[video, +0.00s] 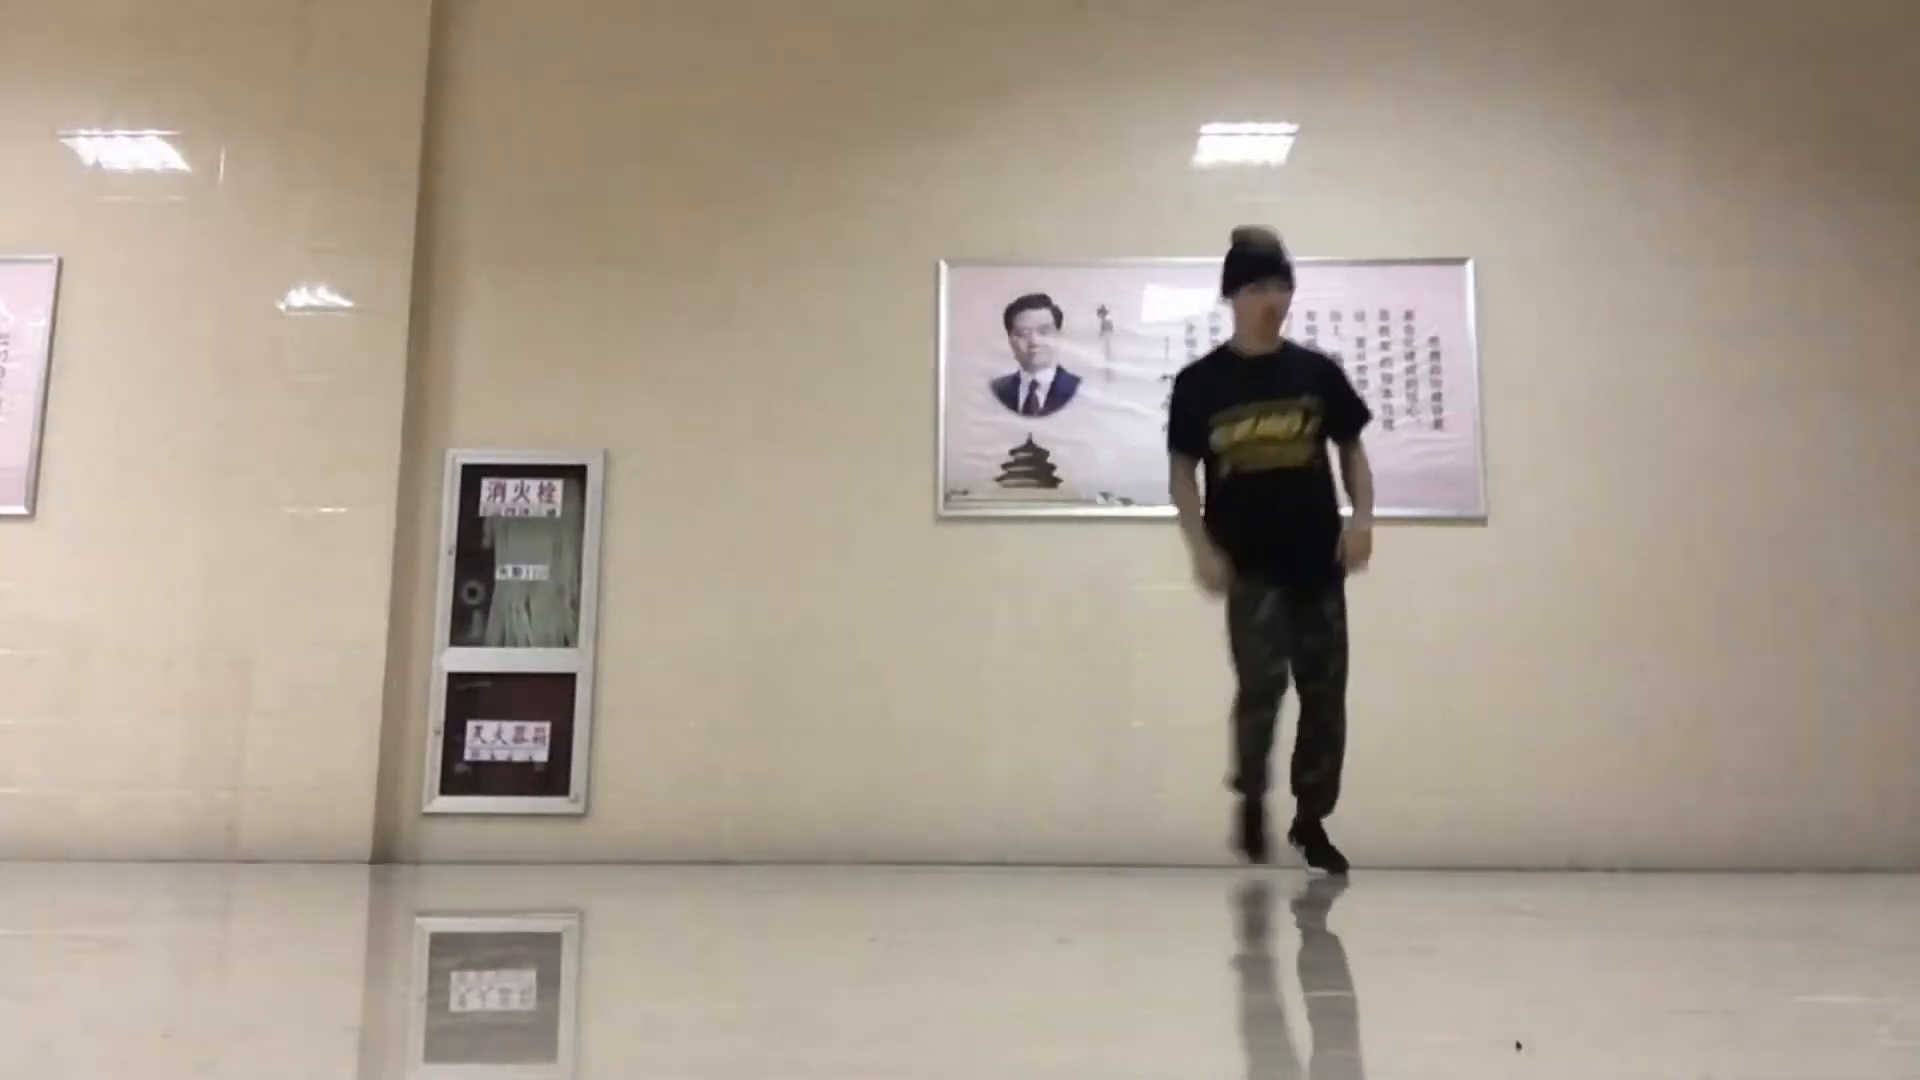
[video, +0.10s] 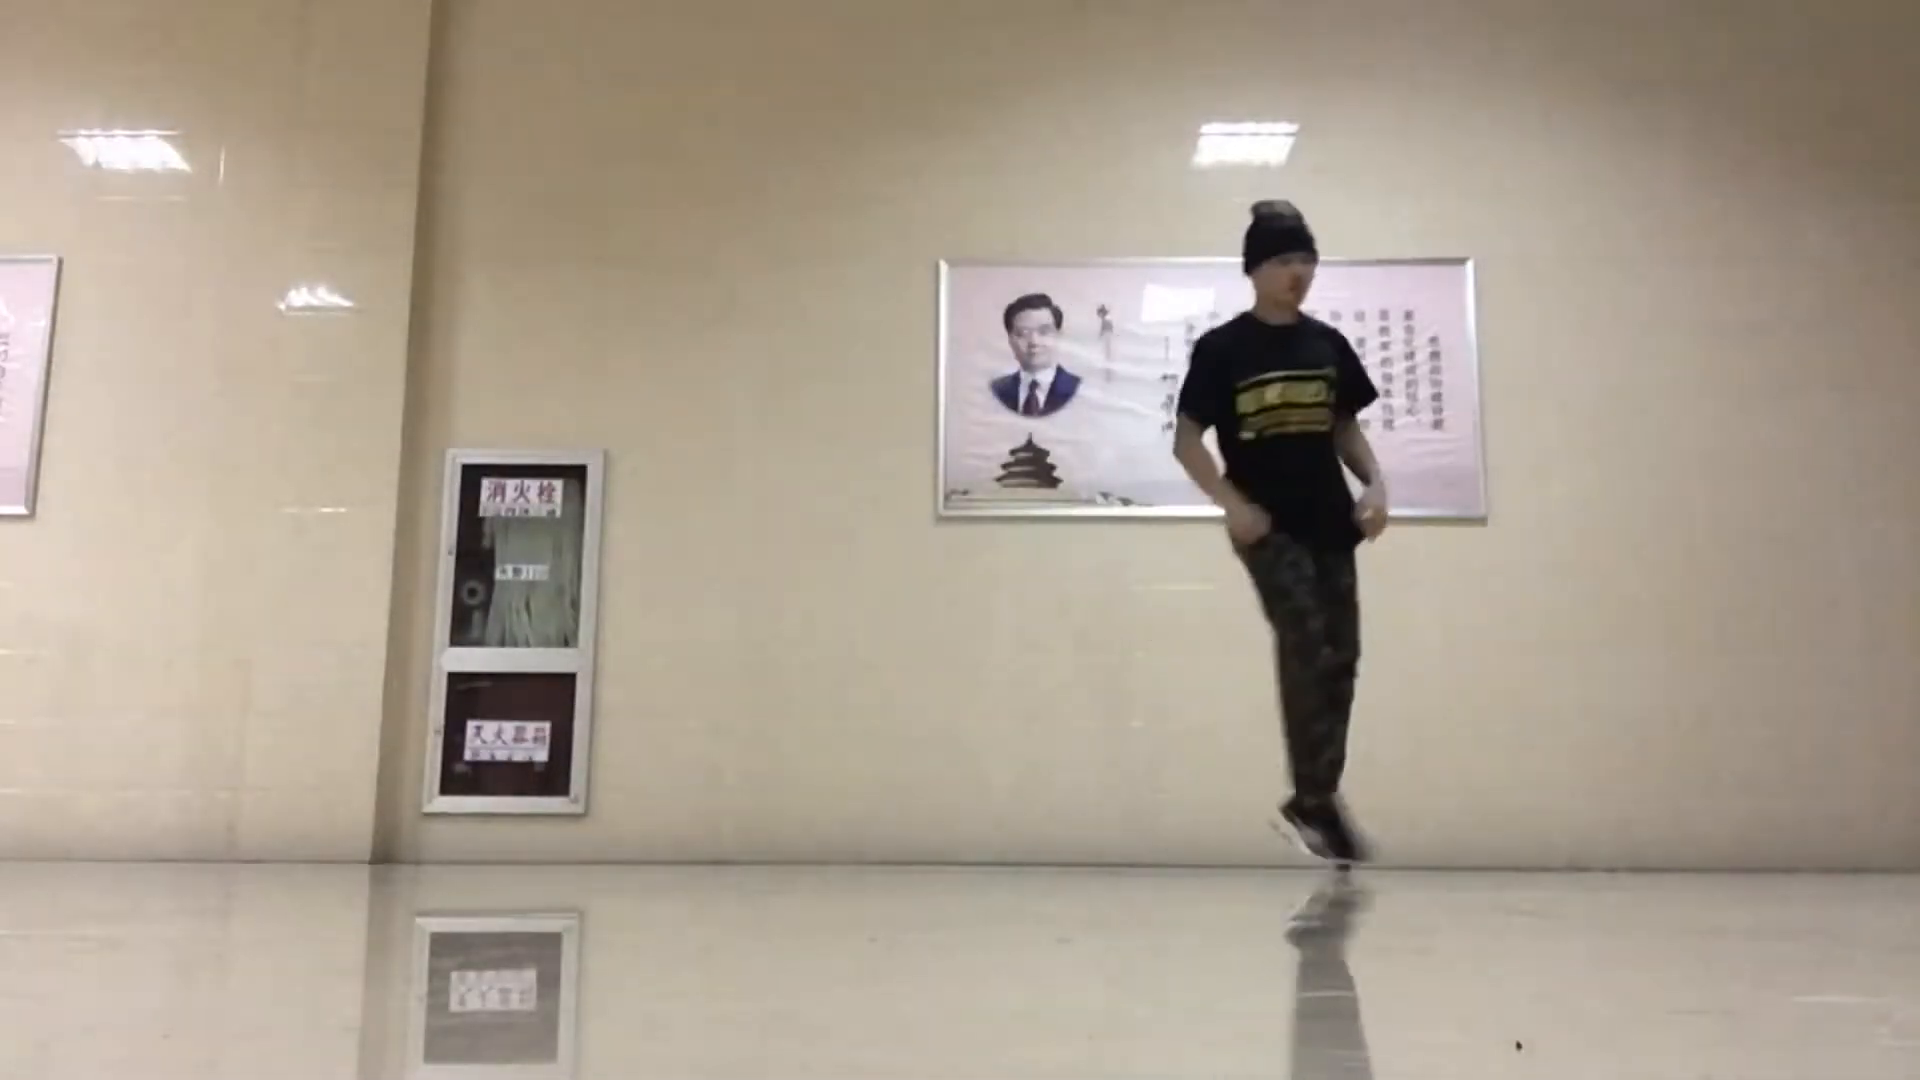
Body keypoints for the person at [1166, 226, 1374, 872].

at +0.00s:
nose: (1274, 304)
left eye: (1282, 292)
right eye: (1260, 292)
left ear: (1292, 296)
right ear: (1232, 297)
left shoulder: (1318, 371)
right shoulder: (1197, 384)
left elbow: (1352, 448)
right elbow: (1181, 473)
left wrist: (1360, 519)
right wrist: (1201, 547)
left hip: (1317, 558)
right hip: (1248, 564)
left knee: (1325, 696)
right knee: (1260, 691)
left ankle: (1310, 819)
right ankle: (1251, 804)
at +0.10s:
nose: (1301, 274)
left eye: (1307, 263)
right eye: (1287, 263)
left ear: (1314, 269)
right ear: (1254, 268)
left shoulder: (1327, 343)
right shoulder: (1219, 349)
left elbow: (1344, 427)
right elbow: (1187, 441)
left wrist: (1375, 484)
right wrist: (1233, 504)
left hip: (1332, 521)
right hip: (1268, 524)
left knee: (1340, 657)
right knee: (1307, 646)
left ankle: (1319, 798)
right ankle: (1312, 798)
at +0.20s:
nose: (1319, 287)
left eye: (1327, 276)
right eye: (1307, 275)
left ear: (1332, 281)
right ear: (1273, 278)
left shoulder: (1336, 363)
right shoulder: (1242, 355)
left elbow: (1341, 446)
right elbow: (1206, 444)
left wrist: (1391, 485)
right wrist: (1262, 501)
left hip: (1348, 526)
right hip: (1294, 529)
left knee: (1365, 669)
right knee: (1346, 665)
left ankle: (1287, 789)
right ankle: (1375, 810)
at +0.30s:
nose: (1336, 317)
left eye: (1342, 307)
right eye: (1323, 304)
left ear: (1344, 314)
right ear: (1288, 309)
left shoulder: (1326, 390)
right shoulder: (1268, 385)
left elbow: (1347, 496)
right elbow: (1242, 474)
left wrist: (1418, 514)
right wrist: (1310, 534)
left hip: (1360, 567)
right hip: (1321, 569)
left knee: (1383, 701)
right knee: (1394, 683)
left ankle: (1276, 803)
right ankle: (1380, 830)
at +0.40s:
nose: (1336, 310)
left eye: (1344, 300)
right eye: (1325, 296)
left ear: (1347, 307)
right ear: (1291, 297)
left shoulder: (1323, 380)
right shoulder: (1270, 374)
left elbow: (1348, 488)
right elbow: (1255, 470)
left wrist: (1413, 535)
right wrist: (1307, 549)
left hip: (1354, 564)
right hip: (1322, 565)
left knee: (1368, 699)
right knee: (1390, 686)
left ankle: (1266, 803)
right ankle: (1379, 830)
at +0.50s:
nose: (1329, 284)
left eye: (1338, 273)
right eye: (1315, 270)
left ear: (1346, 283)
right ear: (1285, 275)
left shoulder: (1333, 361)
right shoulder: (1251, 350)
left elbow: (1326, 457)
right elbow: (1218, 443)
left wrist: (1358, 515)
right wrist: (1255, 524)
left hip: (1327, 536)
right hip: (1280, 535)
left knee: (1329, 671)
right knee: (1332, 666)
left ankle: (1267, 800)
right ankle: (1344, 812)